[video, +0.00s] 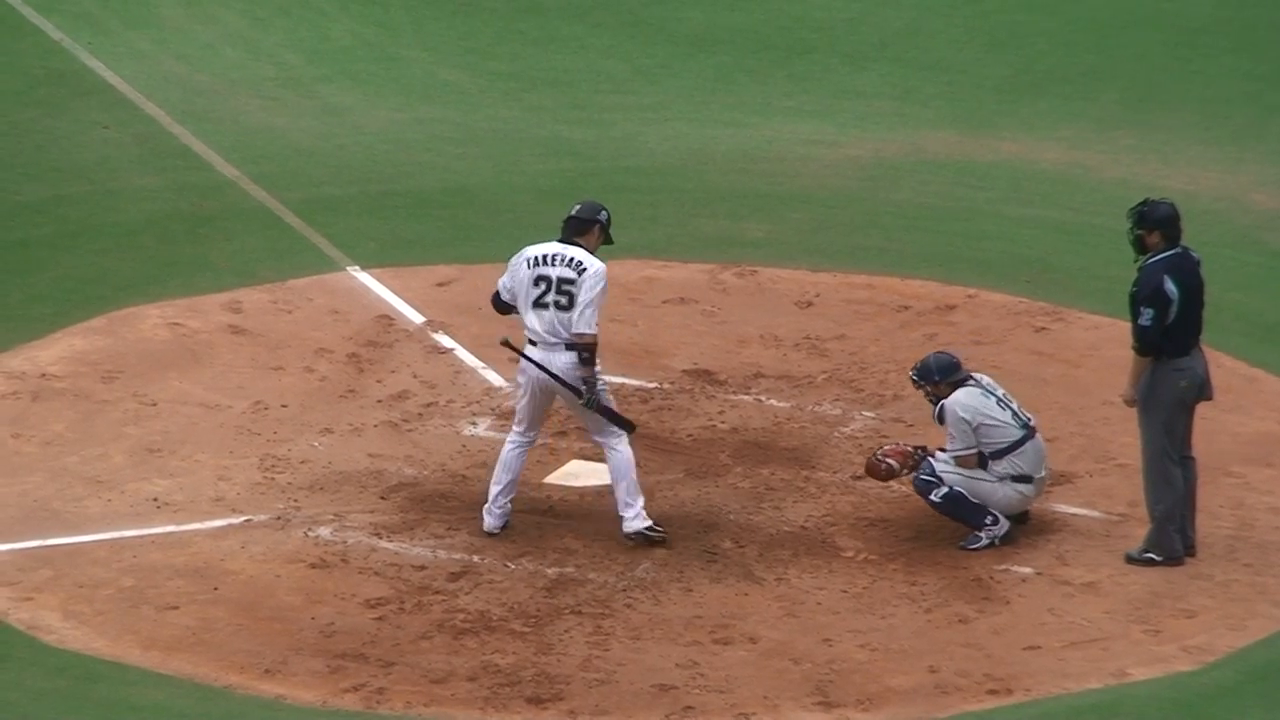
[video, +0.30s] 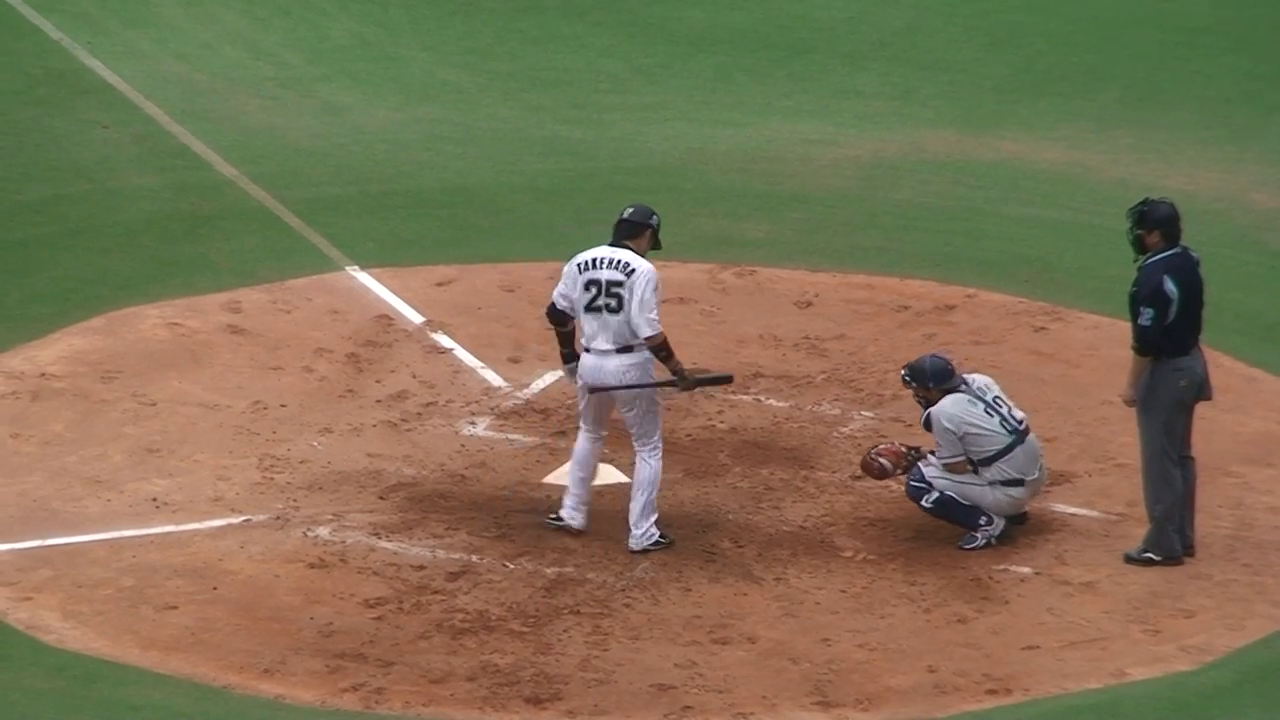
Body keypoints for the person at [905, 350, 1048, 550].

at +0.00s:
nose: (926, 393)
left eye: (927, 387)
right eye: (924, 388)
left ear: (941, 385)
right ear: (957, 374)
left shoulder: (954, 404)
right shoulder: (979, 379)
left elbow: (967, 461)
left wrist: (931, 455)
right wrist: (933, 453)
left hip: (1016, 493)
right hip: (1037, 477)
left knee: (926, 476)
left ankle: (992, 525)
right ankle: (1015, 508)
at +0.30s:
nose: (916, 395)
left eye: (918, 389)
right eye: (914, 389)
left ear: (932, 390)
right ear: (951, 376)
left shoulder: (940, 413)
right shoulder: (980, 379)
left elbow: (958, 468)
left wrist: (925, 458)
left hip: (1010, 496)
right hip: (1037, 477)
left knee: (918, 481)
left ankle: (987, 524)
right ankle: (1013, 510)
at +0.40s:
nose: (914, 395)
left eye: (916, 389)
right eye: (912, 389)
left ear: (931, 391)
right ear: (950, 376)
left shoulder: (938, 414)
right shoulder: (980, 380)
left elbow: (955, 468)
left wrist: (923, 459)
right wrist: (927, 453)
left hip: (1008, 496)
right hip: (1036, 477)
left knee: (916, 481)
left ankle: (986, 524)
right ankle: (1008, 510)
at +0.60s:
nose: (916, 391)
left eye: (919, 386)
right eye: (914, 386)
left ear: (933, 388)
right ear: (952, 376)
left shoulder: (940, 412)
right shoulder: (979, 383)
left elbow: (956, 468)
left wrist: (927, 457)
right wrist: (926, 452)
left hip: (1008, 496)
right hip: (1035, 478)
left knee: (917, 481)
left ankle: (987, 525)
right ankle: (1006, 511)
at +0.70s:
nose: (917, 390)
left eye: (920, 384)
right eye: (916, 384)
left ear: (936, 386)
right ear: (953, 376)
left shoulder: (944, 409)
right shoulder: (978, 383)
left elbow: (961, 465)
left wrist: (927, 457)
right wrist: (925, 452)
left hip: (1009, 494)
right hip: (1031, 479)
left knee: (919, 478)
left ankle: (987, 524)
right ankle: (1004, 511)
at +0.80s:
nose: (921, 389)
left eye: (924, 384)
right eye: (920, 383)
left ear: (940, 385)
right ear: (955, 378)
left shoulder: (951, 406)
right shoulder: (976, 385)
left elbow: (965, 463)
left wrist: (929, 454)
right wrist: (924, 448)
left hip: (1011, 493)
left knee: (924, 476)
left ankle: (990, 524)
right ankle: (1003, 512)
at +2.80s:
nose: (931, 374)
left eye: (936, 369)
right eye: (932, 368)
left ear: (952, 375)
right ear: (964, 373)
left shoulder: (965, 403)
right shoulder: (985, 388)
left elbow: (950, 462)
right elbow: (957, 434)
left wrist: (914, 452)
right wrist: (916, 435)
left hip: (1004, 493)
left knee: (915, 479)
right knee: (929, 455)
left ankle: (984, 520)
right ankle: (1002, 508)